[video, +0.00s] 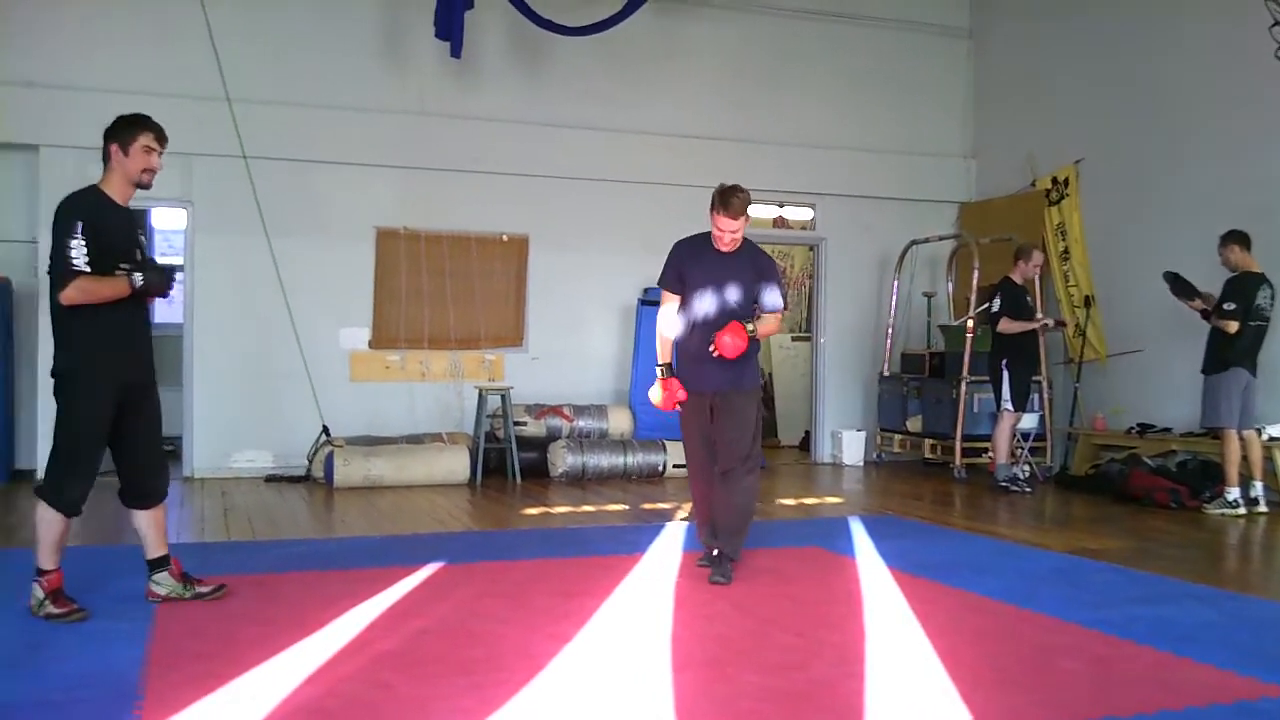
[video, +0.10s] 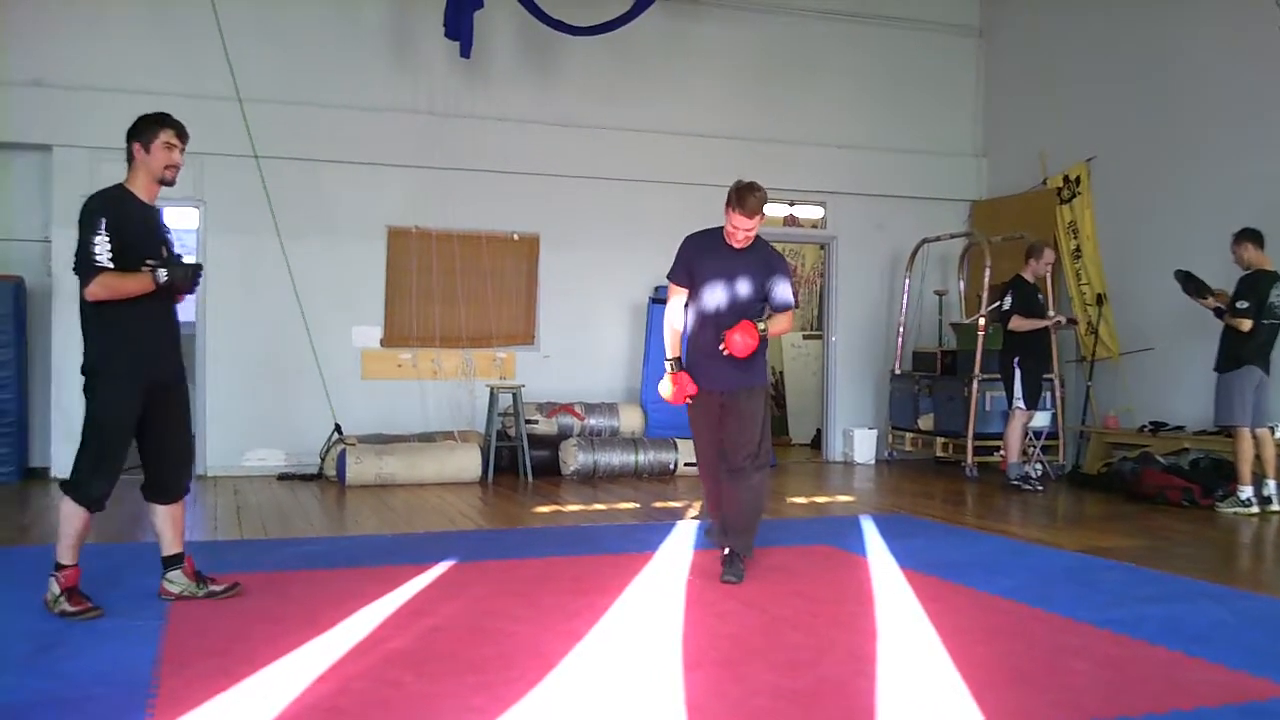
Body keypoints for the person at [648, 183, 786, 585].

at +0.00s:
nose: (725, 238)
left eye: (733, 232)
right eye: (719, 230)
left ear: (746, 222)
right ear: (710, 217)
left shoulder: (761, 264)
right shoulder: (685, 252)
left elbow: (775, 318)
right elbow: (667, 312)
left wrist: (748, 332)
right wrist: (664, 370)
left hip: (738, 385)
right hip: (691, 382)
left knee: (735, 465)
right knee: (700, 464)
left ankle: (726, 552)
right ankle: (711, 544)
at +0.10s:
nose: (741, 236)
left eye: (749, 230)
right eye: (735, 227)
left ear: (761, 220)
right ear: (725, 212)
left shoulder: (770, 261)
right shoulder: (695, 247)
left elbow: (786, 317)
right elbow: (674, 306)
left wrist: (759, 331)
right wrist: (673, 364)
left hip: (747, 383)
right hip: (700, 379)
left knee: (742, 463)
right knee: (710, 462)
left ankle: (736, 550)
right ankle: (725, 533)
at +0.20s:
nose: (738, 231)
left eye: (747, 225)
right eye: (733, 222)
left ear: (761, 216)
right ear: (724, 206)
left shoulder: (771, 260)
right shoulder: (695, 241)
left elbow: (786, 315)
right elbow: (675, 302)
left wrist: (759, 327)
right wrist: (671, 361)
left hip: (745, 381)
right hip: (696, 374)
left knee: (742, 462)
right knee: (693, 452)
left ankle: (737, 549)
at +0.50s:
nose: (714, 228)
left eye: (723, 222)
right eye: (709, 219)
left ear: (740, 211)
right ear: (701, 206)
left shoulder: (755, 256)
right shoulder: (686, 236)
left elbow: (777, 319)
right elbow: (670, 297)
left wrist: (737, 325)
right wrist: (654, 353)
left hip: (726, 374)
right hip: (680, 367)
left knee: (732, 462)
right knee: (662, 443)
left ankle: (733, 546)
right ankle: (706, 484)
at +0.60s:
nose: (696, 223)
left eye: (704, 216)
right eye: (691, 214)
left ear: (721, 206)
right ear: (683, 203)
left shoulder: (740, 251)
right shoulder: (673, 235)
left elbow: (763, 314)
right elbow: (658, 294)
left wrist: (717, 319)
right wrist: (642, 352)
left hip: (715, 373)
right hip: (667, 367)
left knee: (722, 459)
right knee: (656, 452)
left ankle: (726, 544)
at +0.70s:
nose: (675, 199)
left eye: (683, 191)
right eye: (669, 191)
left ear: (699, 181)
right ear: (662, 182)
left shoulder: (721, 225)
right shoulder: (653, 217)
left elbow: (742, 288)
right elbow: (641, 274)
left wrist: (694, 291)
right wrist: (629, 329)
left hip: (700, 348)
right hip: (655, 344)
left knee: (709, 432)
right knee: (643, 426)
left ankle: (718, 512)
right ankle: (624, 506)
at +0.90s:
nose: (635, 157)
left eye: (643, 149)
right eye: (629, 148)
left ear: (659, 144)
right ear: (622, 144)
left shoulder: (682, 193)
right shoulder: (615, 187)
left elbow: (701, 258)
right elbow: (604, 250)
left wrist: (655, 260)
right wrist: (597, 305)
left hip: (667, 321)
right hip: (620, 320)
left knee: (683, 406)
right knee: (617, 406)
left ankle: (705, 488)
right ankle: (616, 487)